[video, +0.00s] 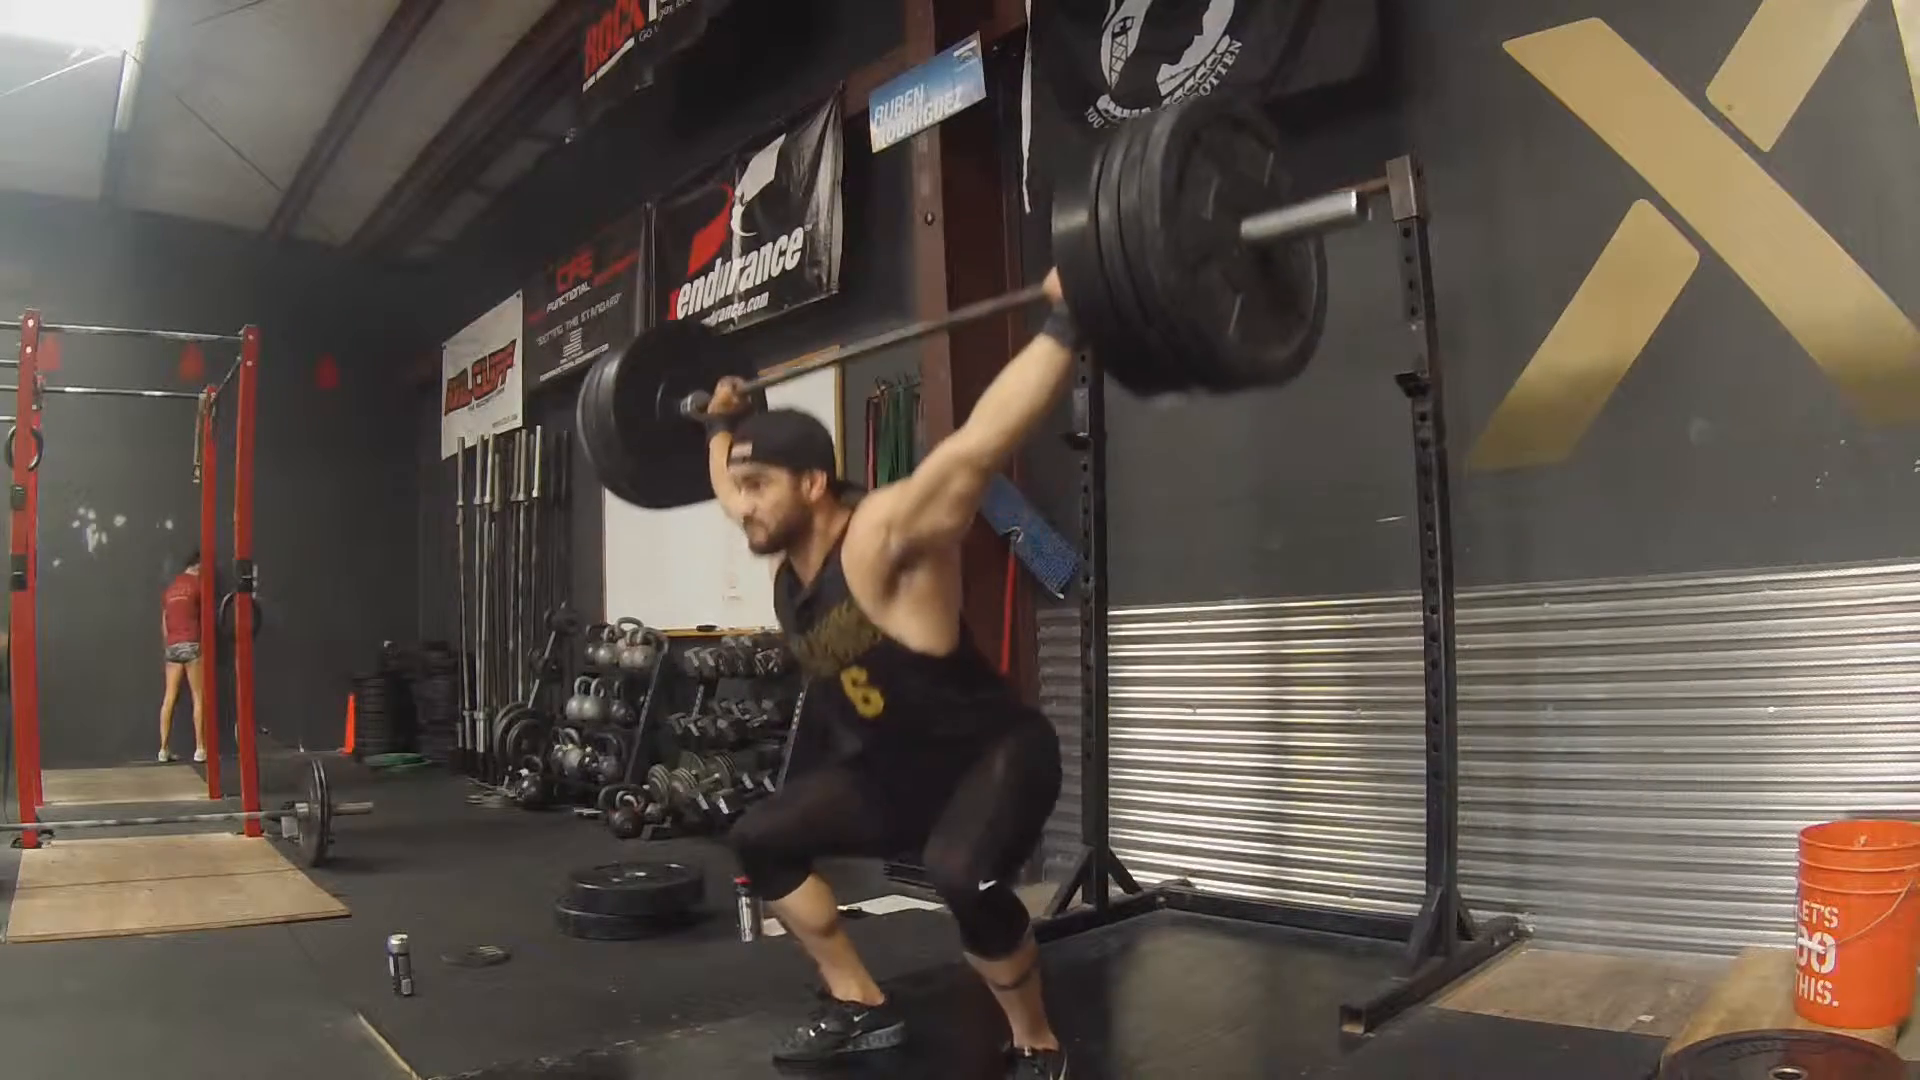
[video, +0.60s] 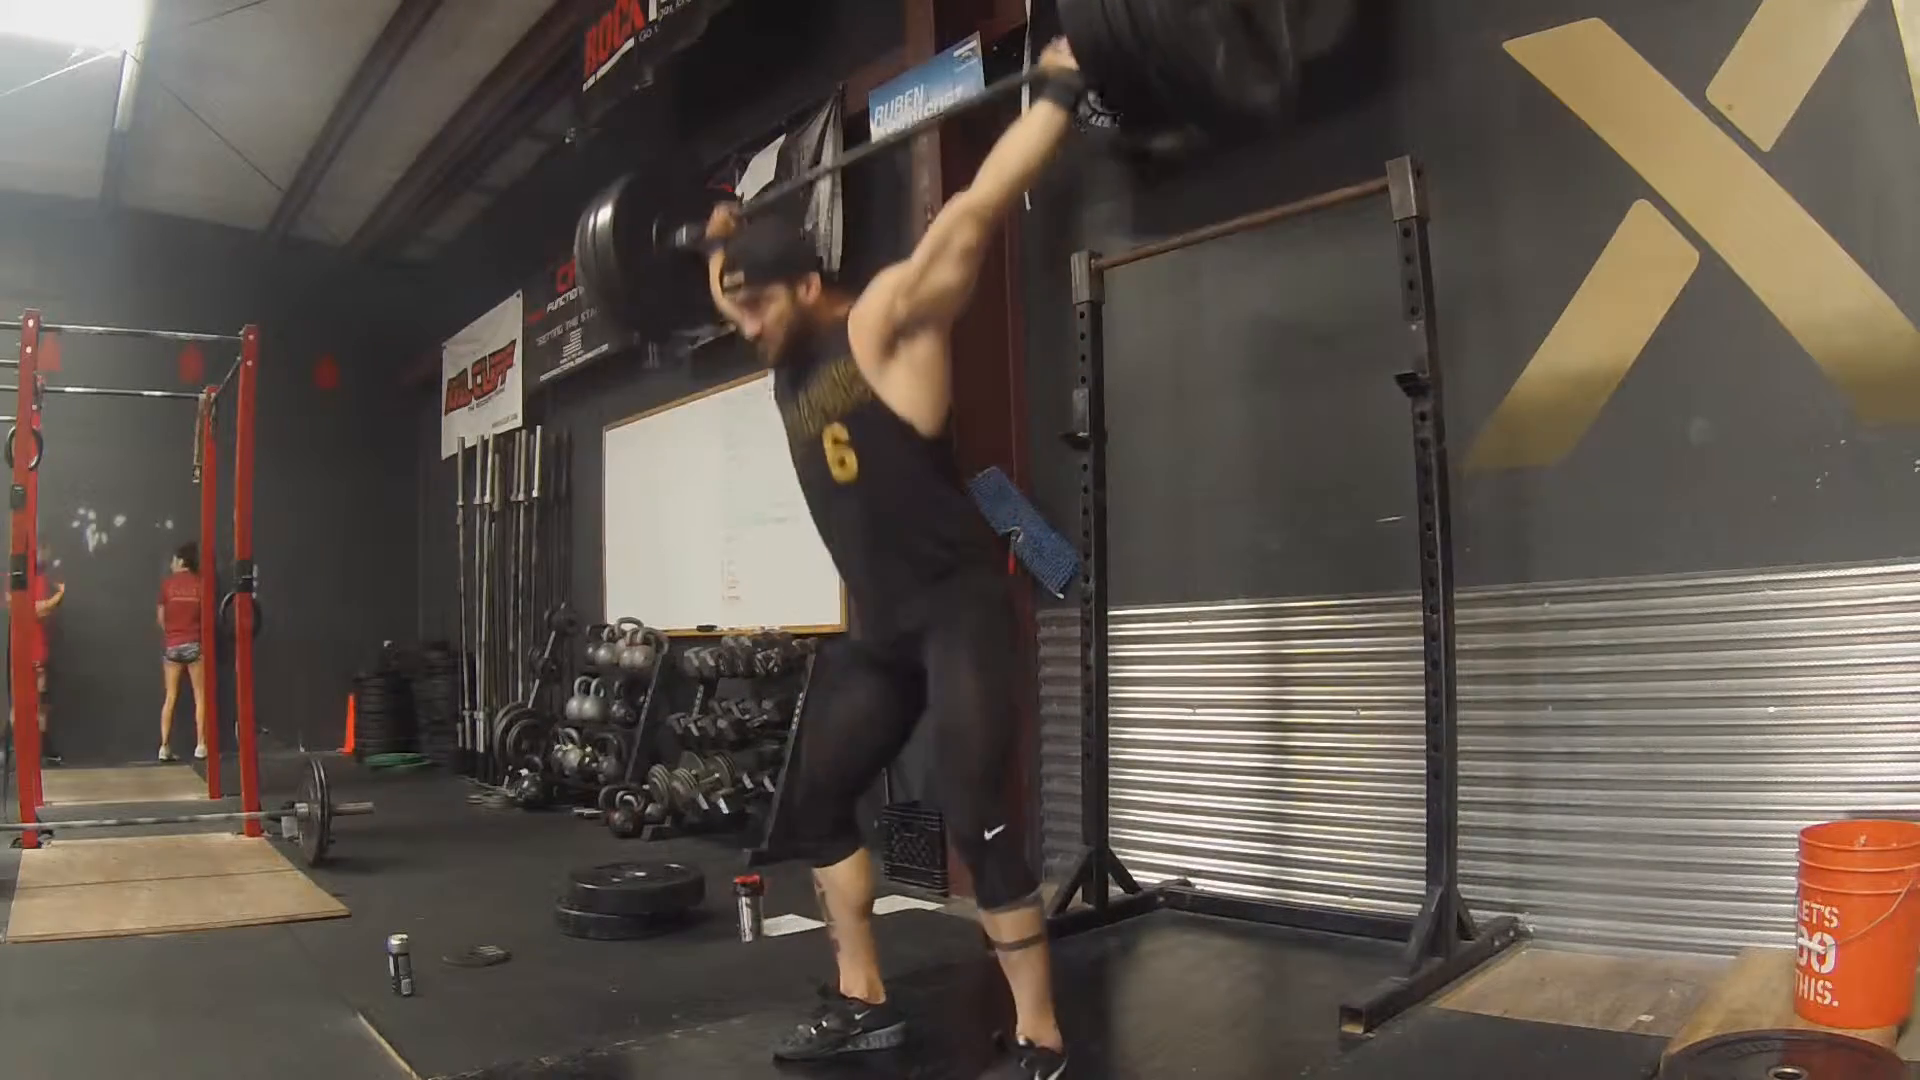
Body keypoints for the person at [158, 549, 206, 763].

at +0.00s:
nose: (203, 572)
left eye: (202, 568)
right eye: (203, 568)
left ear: (186, 566)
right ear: (197, 566)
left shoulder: (170, 588)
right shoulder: (198, 584)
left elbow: (164, 619)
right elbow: (205, 613)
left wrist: (167, 642)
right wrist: (207, 638)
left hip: (172, 643)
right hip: (192, 641)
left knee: (169, 697)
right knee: (198, 697)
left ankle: (163, 748)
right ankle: (200, 747)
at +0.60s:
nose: (172, 564)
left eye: (174, 560)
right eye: (173, 560)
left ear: (180, 562)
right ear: (192, 562)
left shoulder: (168, 583)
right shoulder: (201, 583)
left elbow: (160, 616)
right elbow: (207, 613)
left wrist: (170, 632)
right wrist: (203, 633)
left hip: (172, 642)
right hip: (194, 641)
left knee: (170, 696)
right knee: (200, 695)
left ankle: (164, 745)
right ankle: (201, 743)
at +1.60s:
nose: (189, 566)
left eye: (192, 562)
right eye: (190, 561)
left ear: (202, 563)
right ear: (205, 564)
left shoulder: (196, 582)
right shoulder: (216, 584)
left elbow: (192, 612)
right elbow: (219, 615)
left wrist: (183, 643)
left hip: (195, 645)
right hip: (213, 645)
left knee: (187, 696)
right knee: (213, 696)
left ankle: (186, 747)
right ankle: (215, 748)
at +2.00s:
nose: (191, 568)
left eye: (194, 563)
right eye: (191, 564)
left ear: (203, 565)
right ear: (205, 565)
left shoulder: (199, 586)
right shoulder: (216, 586)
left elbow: (194, 615)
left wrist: (182, 644)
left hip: (199, 646)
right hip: (214, 644)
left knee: (201, 696)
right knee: (213, 696)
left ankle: (211, 747)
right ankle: (215, 745)